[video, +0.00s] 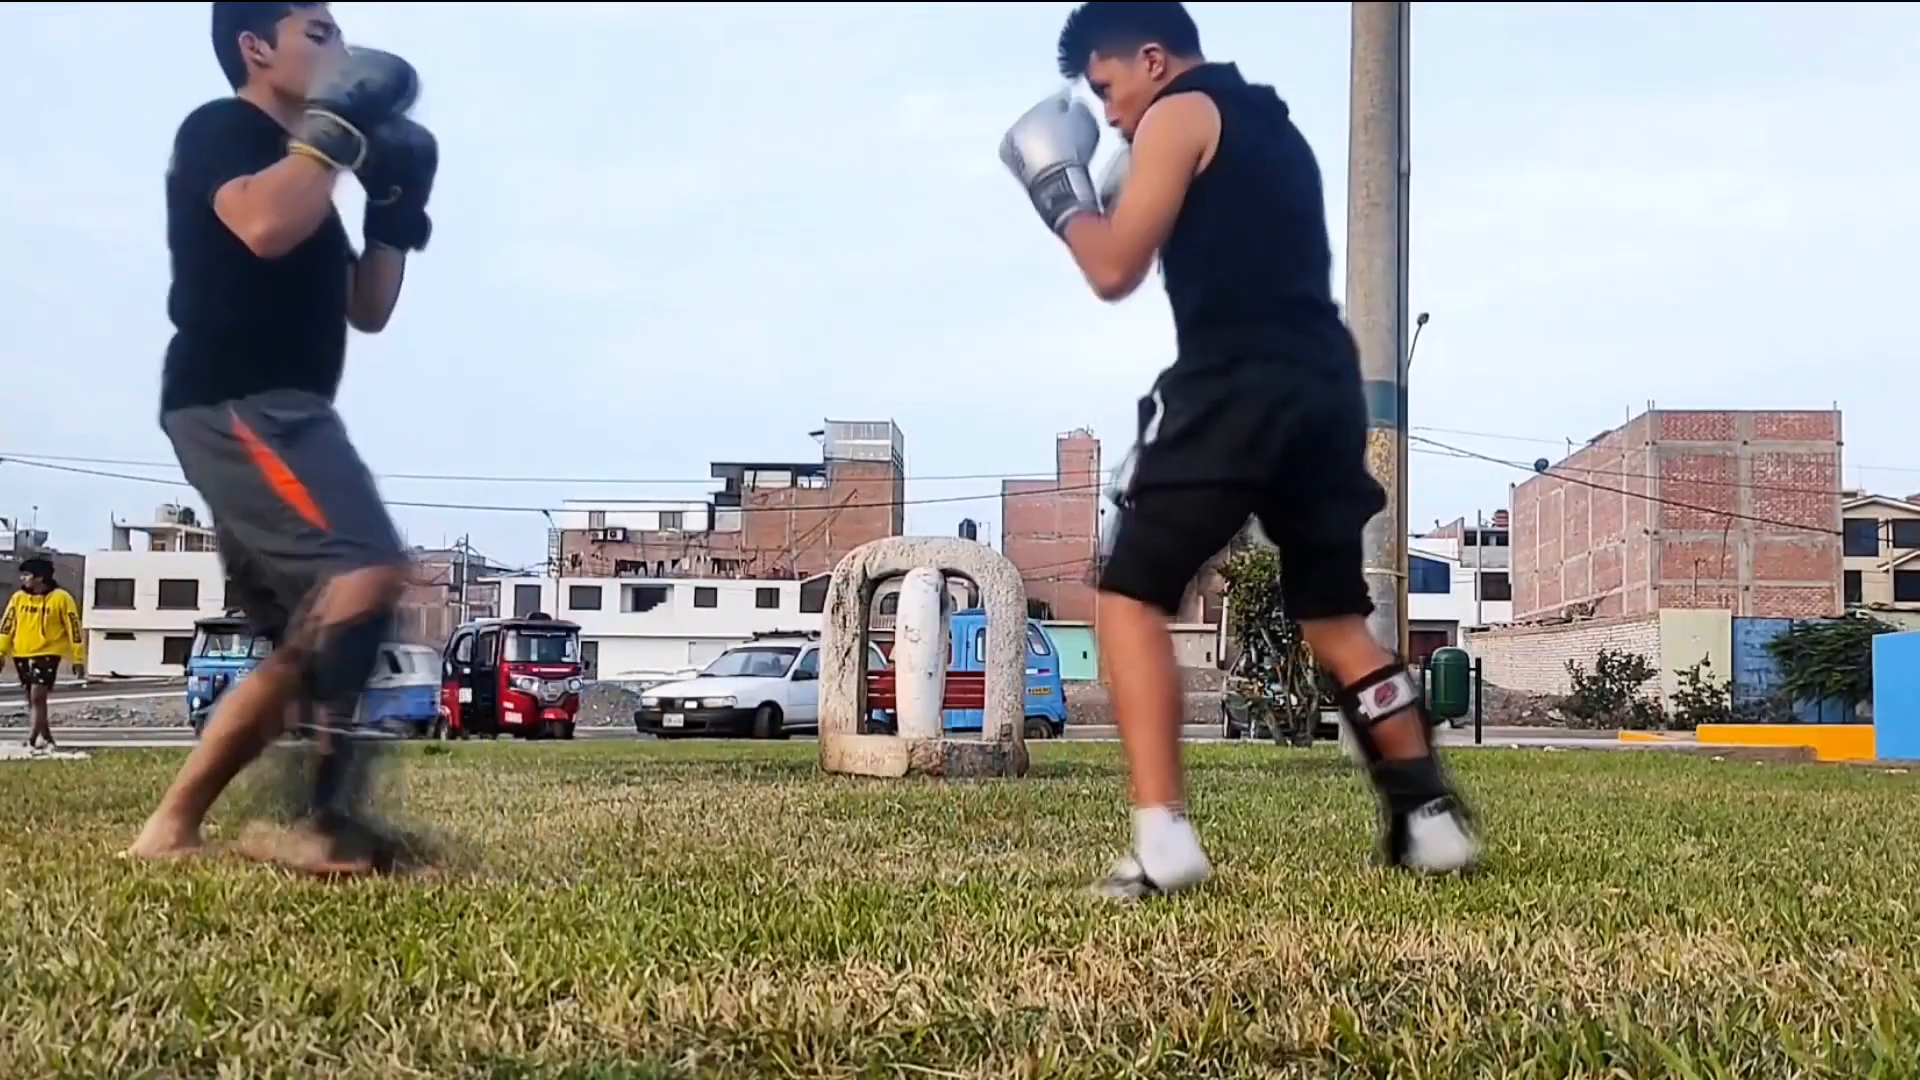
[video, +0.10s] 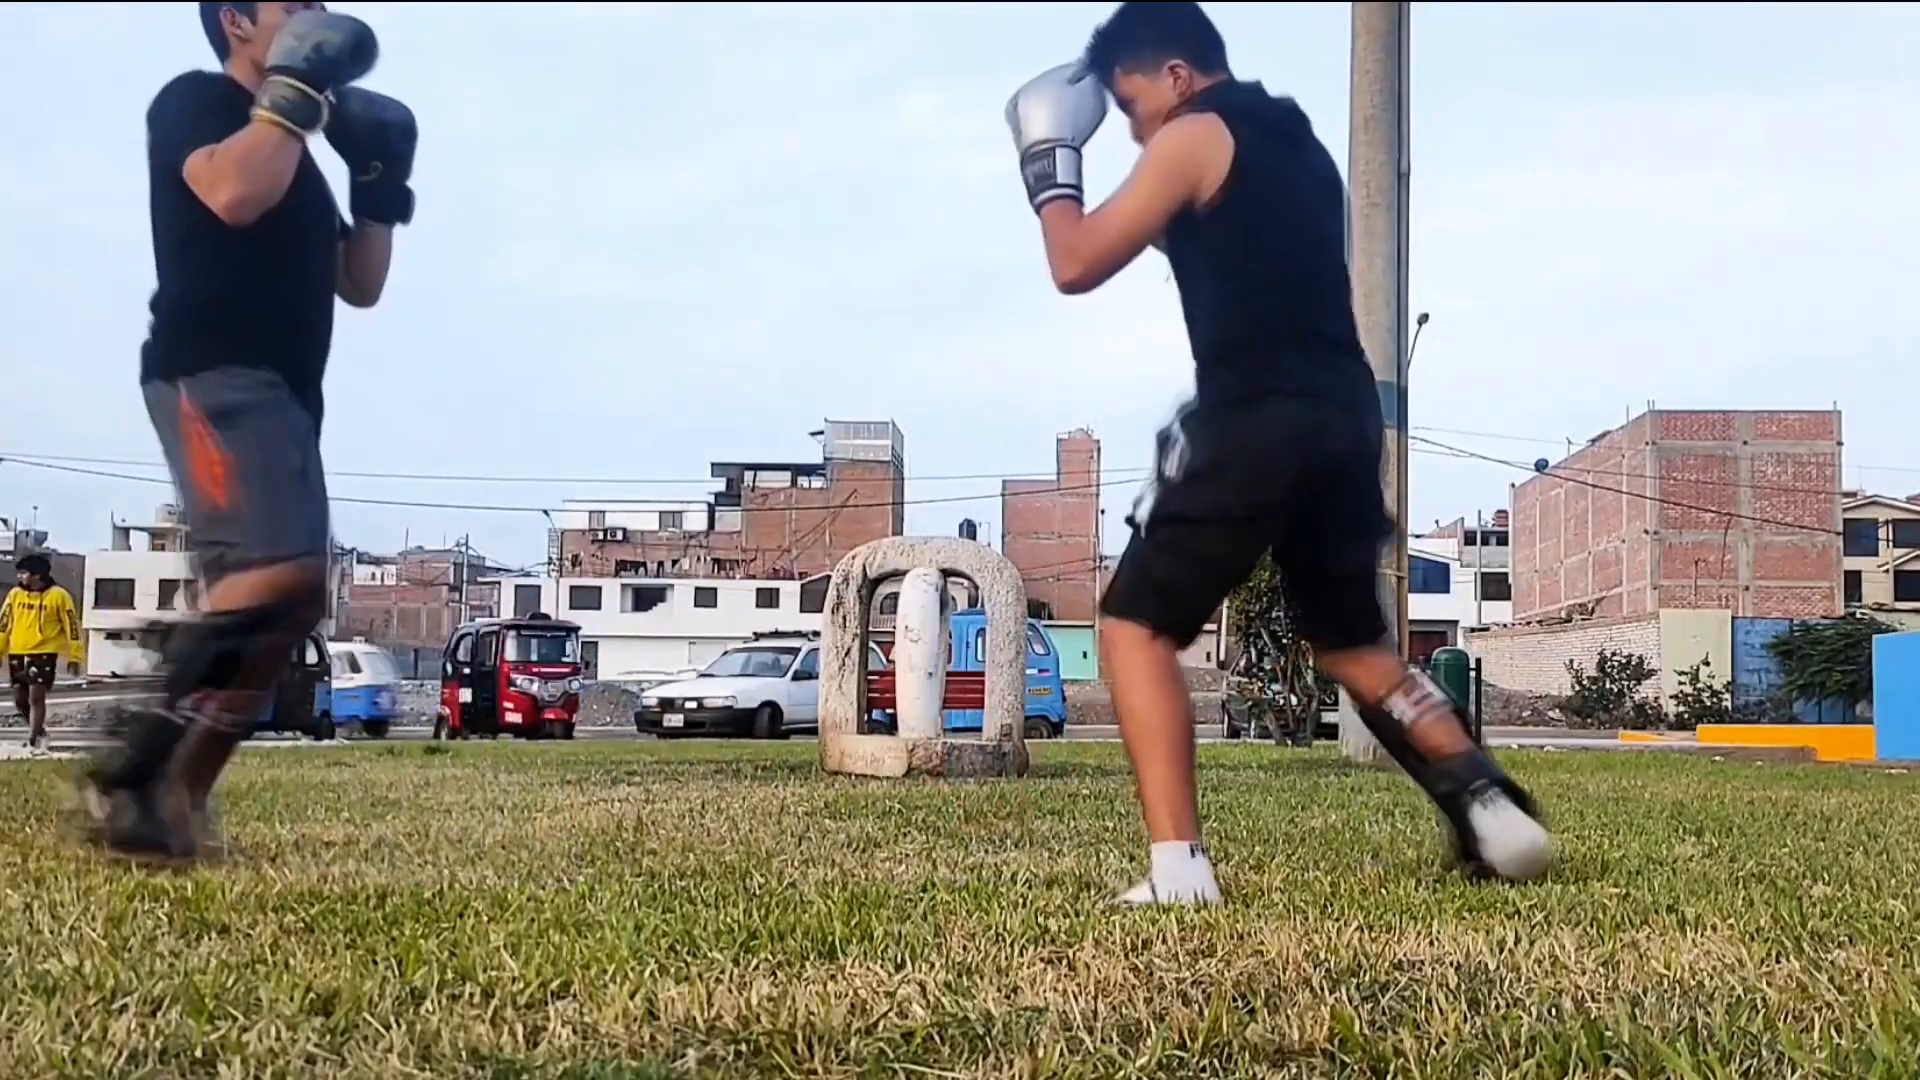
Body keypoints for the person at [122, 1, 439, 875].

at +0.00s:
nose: (339, 53)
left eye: (337, 37)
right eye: (317, 34)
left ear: (279, 54)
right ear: (255, 50)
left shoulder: (308, 160)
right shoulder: (219, 127)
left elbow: (369, 307)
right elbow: (265, 223)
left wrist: (395, 203)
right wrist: (338, 117)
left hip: (284, 403)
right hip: (239, 400)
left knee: (308, 642)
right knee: (363, 569)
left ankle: (170, 828)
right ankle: (325, 820)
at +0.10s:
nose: (311, 22)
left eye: (314, 11)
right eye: (291, 8)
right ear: (234, 21)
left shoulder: (302, 154)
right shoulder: (195, 97)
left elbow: (361, 284)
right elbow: (236, 193)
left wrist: (381, 178)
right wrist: (299, 84)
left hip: (282, 386)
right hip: (214, 372)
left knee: (287, 597)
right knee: (277, 570)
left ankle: (177, 803)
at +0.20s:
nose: (296, 20)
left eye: (300, 10)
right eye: (281, 5)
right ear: (223, 11)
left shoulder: (290, 147)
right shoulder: (174, 82)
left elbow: (343, 277)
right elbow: (203, 190)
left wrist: (366, 172)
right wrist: (270, 80)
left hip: (278, 399)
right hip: (189, 378)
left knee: (319, 584)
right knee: (160, 580)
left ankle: (209, 784)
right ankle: (24, 748)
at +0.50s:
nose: (324, 110)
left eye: (337, 97)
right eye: (309, 90)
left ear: (345, 107)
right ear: (256, 87)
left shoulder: (340, 215)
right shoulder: (181, 169)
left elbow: (398, 335)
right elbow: (155, 275)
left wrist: (405, 229)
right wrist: (222, 175)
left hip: (296, 455)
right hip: (181, 444)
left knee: (371, 617)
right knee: (85, 614)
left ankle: (345, 789)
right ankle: (0, 800)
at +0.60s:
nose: (366, 115)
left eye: (380, 101)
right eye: (349, 96)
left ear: (391, 110)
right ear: (302, 96)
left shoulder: (396, 211)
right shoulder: (247, 177)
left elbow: (468, 331)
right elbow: (195, 275)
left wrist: (451, 224)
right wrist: (253, 176)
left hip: (344, 457)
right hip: (231, 436)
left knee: (382, 624)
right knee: (136, 597)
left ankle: (333, 810)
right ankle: (35, 790)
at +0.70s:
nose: (405, 115)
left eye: (418, 101)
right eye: (387, 98)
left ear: (428, 110)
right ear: (345, 103)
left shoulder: (440, 213)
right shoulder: (297, 182)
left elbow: (509, 329)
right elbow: (236, 274)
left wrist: (491, 222)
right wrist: (292, 171)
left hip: (381, 458)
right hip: (272, 434)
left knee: (388, 628)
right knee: (219, 584)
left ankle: (339, 806)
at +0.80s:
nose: (436, 115)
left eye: (448, 101)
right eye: (419, 97)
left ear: (459, 113)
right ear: (377, 102)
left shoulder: (467, 216)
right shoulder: (321, 183)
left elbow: (514, 334)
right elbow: (271, 274)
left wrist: (514, 243)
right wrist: (334, 183)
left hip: (423, 444)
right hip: (321, 432)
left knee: (429, 610)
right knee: (298, 606)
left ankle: (367, 784)